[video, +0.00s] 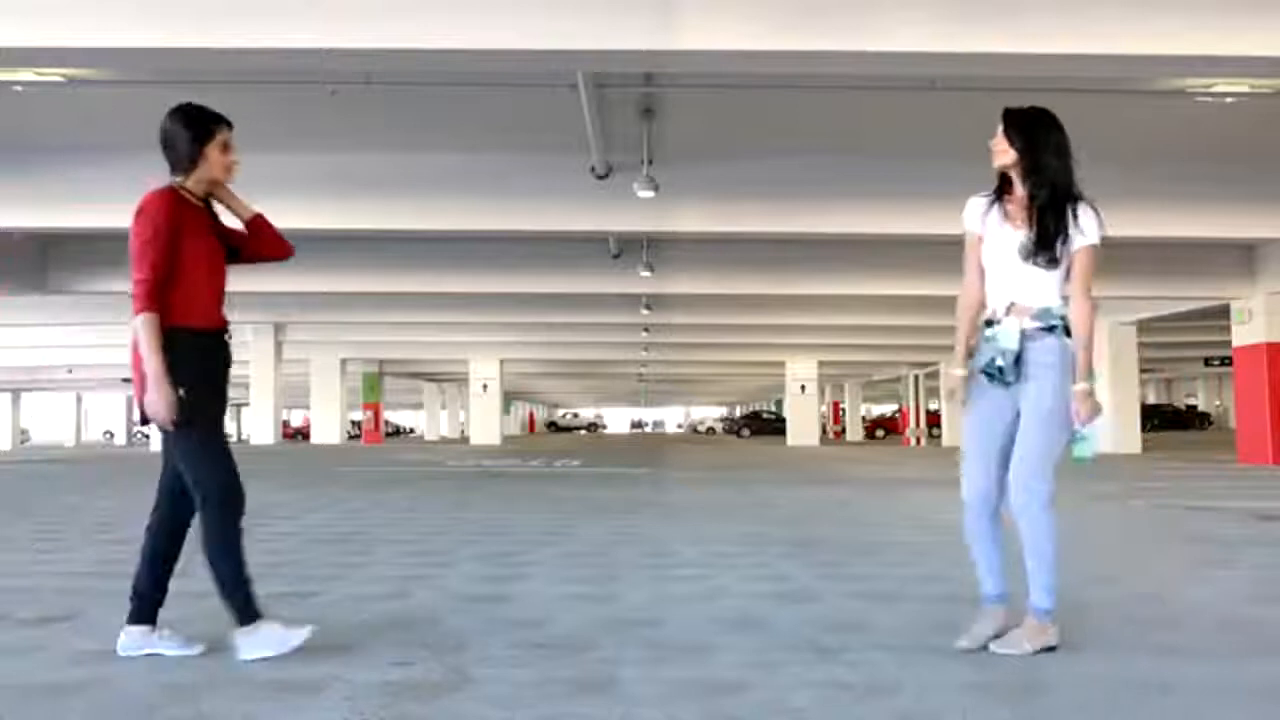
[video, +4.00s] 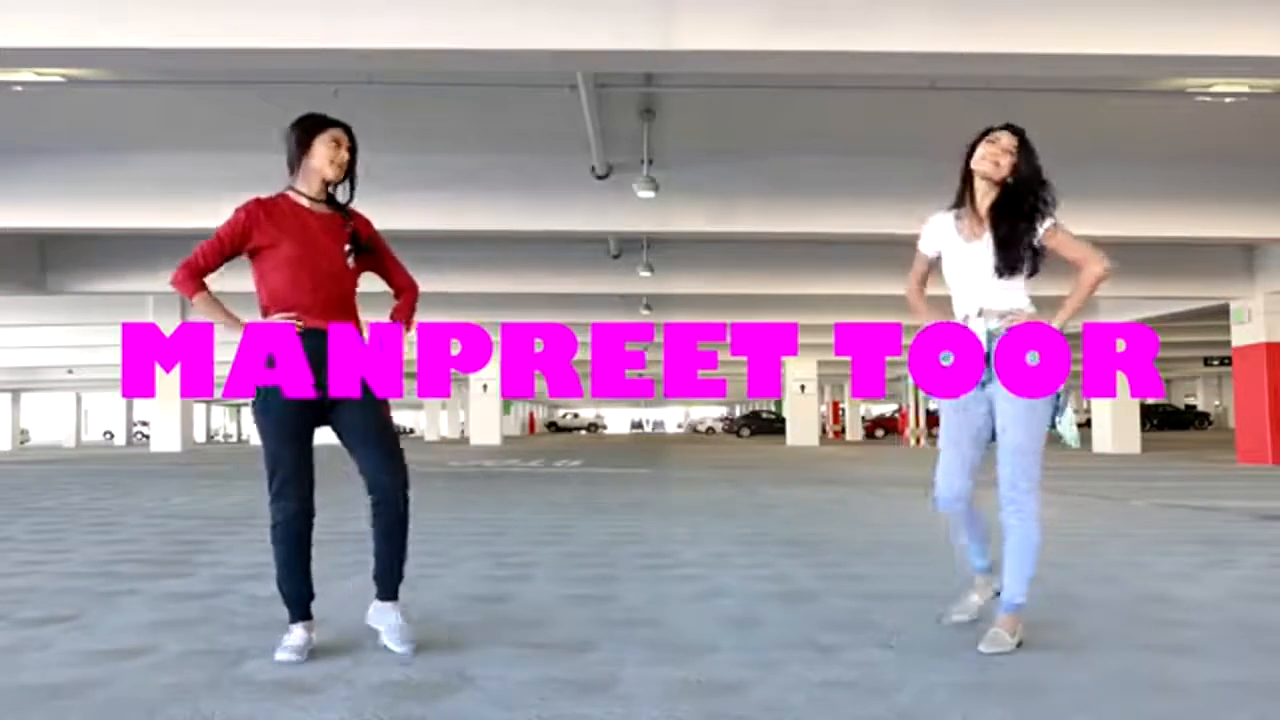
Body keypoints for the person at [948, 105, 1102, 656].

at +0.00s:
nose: (994, 144)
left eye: (1004, 137)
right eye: (996, 136)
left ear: (1030, 148)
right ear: (1009, 148)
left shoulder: (1076, 216)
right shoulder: (982, 209)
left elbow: (1080, 299)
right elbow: (972, 289)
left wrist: (1083, 380)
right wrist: (961, 354)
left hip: (1046, 350)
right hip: (992, 350)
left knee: (1029, 486)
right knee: (976, 487)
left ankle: (1041, 618)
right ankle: (995, 605)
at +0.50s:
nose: (976, 148)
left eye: (985, 142)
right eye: (965, 140)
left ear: (996, 158)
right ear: (944, 152)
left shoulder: (1006, 225)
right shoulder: (919, 213)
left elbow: (1025, 306)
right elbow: (911, 298)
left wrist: (1059, 381)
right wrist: (914, 372)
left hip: (1007, 358)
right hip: (943, 359)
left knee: (1005, 493)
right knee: (960, 498)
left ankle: (1022, 618)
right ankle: (915, 612)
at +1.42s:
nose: (928, 158)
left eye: (931, 146)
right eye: (913, 156)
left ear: (946, 150)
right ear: (903, 172)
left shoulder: (946, 214)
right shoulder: (923, 211)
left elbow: (951, 300)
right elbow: (940, 294)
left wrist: (973, 372)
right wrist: (969, 372)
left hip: (959, 358)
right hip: (926, 357)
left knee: (989, 490)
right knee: (939, 493)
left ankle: (973, 615)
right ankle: (916, 616)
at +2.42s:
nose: (925, 164)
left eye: (932, 153)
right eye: (916, 160)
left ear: (956, 155)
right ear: (911, 171)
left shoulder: (985, 224)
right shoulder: (917, 216)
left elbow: (996, 301)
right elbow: (869, 287)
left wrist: (1007, 358)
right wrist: (887, 358)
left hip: (968, 362)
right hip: (915, 356)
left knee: (995, 493)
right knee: (924, 490)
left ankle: (977, 616)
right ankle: (912, 615)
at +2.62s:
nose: (920, 155)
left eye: (929, 146)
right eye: (918, 146)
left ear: (958, 150)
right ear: (921, 153)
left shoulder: (1003, 213)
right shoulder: (910, 209)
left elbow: (1068, 257)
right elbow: (842, 242)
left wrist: (1034, 315)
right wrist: (869, 291)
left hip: (984, 353)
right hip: (918, 353)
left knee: (984, 490)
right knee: (920, 491)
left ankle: (1008, 613)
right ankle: (912, 614)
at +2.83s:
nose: (936, 159)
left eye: (945, 151)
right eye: (938, 150)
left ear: (972, 159)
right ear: (953, 159)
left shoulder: (1013, 215)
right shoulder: (930, 216)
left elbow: (1083, 268)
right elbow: (905, 274)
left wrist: (1036, 321)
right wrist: (916, 315)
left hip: (998, 359)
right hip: (938, 356)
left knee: (1003, 489)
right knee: (926, 487)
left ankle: (1009, 613)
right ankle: (910, 609)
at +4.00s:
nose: (997, 153)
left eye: (1010, 151)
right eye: (991, 143)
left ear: (1017, 172)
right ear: (970, 156)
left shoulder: (1026, 223)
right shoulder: (941, 227)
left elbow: (1095, 266)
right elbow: (914, 289)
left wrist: (1056, 325)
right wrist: (936, 333)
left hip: (1021, 359)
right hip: (963, 363)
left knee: (1016, 490)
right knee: (950, 490)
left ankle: (1012, 613)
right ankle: (984, 575)